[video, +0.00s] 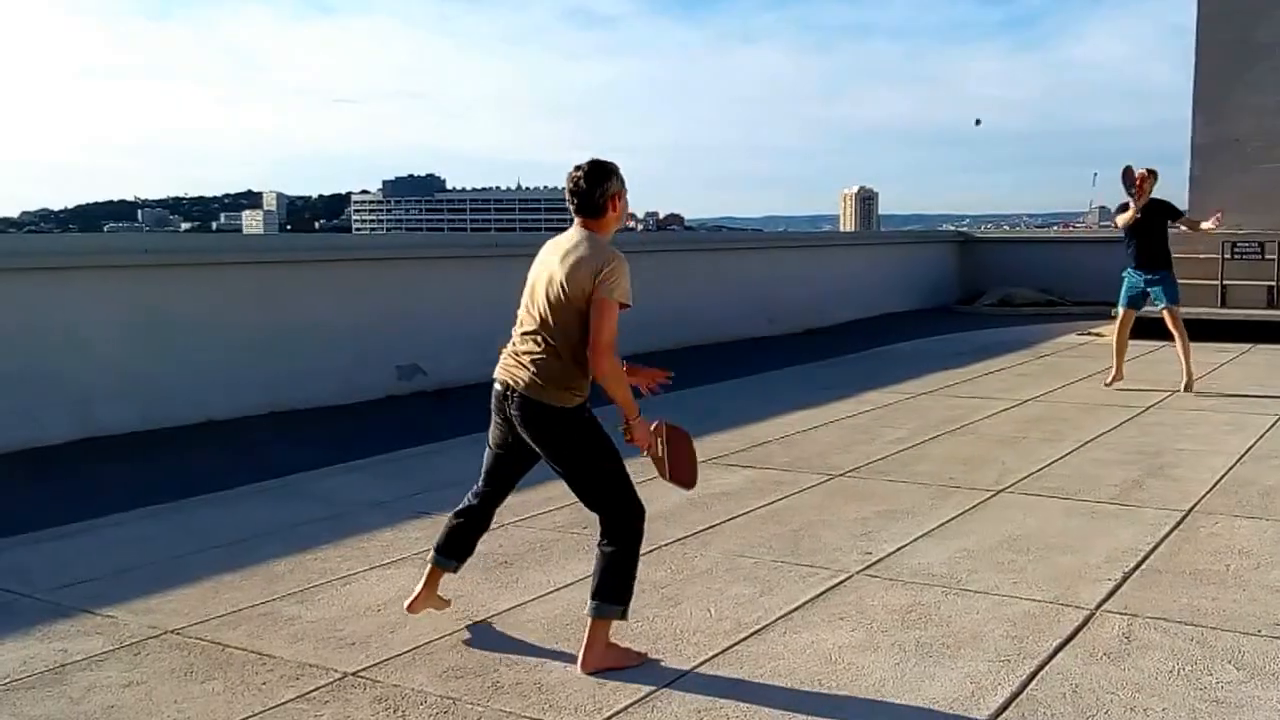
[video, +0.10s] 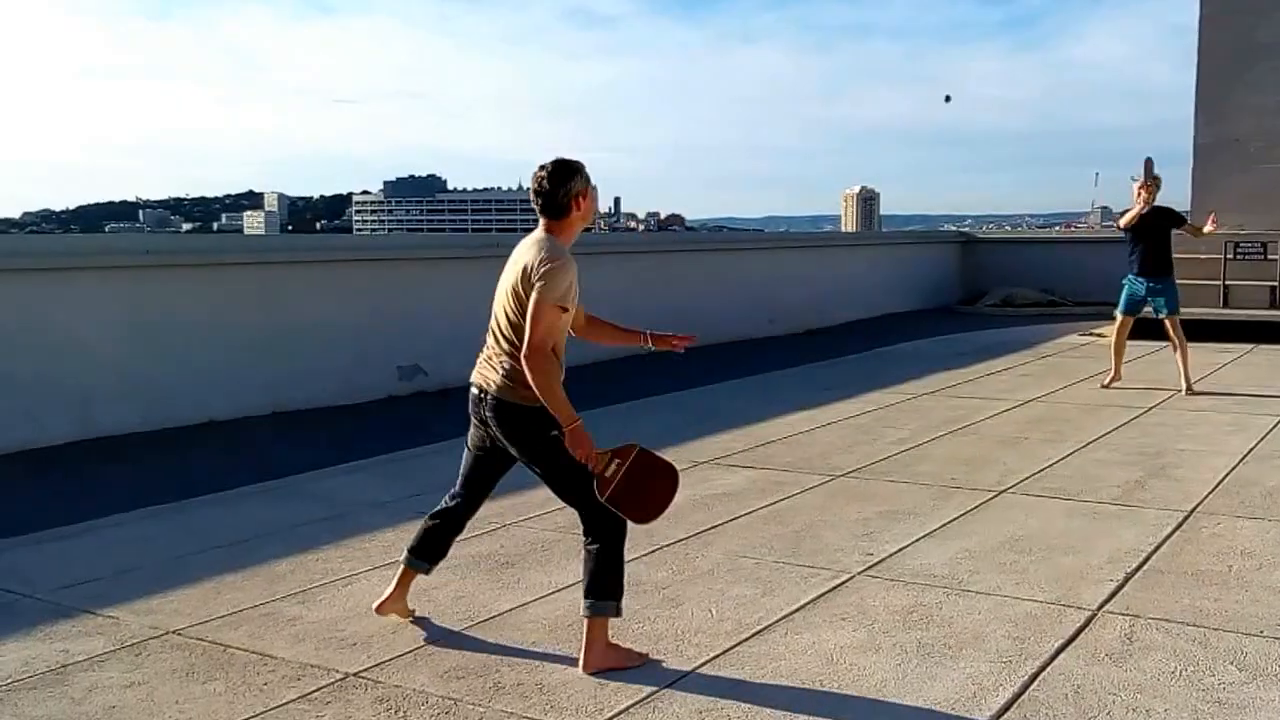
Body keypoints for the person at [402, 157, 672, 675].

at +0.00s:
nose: (626, 203)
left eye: (624, 195)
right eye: (624, 196)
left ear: (576, 205)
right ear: (614, 203)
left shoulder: (556, 247)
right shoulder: (608, 261)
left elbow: (561, 337)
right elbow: (602, 359)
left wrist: (625, 370)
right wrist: (632, 416)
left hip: (509, 391)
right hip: (552, 406)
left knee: (484, 496)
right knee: (624, 512)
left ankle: (426, 590)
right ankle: (598, 646)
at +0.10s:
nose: (595, 199)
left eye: (591, 191)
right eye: (591, 192)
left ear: (546, 204)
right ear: (579, 202)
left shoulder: (532, 248)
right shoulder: (556, 265)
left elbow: (581, 324)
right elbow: (536, 357)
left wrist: (648, 339)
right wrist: (573, 425)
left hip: (487, 396)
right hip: (521, 408)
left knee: (462, 500)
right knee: (604, 512)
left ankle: (396, 595)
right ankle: (597, 646)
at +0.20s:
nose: (554, 202)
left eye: (551, 194)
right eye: (551, 195)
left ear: (511, 205)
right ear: (536, 205)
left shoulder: (530, 249)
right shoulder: (493, 266)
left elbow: (584, 285)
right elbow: (469, 359)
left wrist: (647, 297)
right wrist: (497, 418)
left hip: (470, 397)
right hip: (488, 400)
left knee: (438, 505)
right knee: (563, 506)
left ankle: (379, 607)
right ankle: (595, 638)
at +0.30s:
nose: (521, 207)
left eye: (519, 201)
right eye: (517, 200)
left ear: (493, 214)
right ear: (499, 214)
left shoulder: (507, 249)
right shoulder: (449, 273)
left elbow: (561, 264)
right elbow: (416, 360)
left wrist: (620, 270)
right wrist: (432, 406)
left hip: (462, 396)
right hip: (453, 402)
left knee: (441, 505)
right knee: (525, 500)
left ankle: (378, 609)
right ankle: (559, 628)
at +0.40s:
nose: (500, 218)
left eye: (499, 210)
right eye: (496, 211)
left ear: (472, 221)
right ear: (474, 222)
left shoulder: (482, 250)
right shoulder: (420, 279)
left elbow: (515, 258)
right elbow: (398, 367)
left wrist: (569, 263)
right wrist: (413, 406)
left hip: (439, 394)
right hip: (423, 400)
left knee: (435, 504)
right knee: (490, 501)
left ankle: (378, 608)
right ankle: (522, 628)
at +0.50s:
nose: (485, 221)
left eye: (483, 213)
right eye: (481, 214)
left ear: (451, 225)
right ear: (459, 225)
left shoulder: (442, 251)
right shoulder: (412, 279)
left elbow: (462, 254)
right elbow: (419, 364)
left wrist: (496, 266)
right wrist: (450, 403)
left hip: (416, 391)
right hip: (400, 397)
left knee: (424, 498)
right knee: (460, 497)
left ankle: (376, 607)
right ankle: (461, 630)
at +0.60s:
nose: (470, 216)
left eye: (469, 208)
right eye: (465, 209)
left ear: (432, 213)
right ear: (439, 216)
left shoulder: (400, 240)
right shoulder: (415, 265)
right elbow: (467, 343)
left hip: (381, 387)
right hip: (390, 391)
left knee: (409, 497)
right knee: (422, 500)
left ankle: (376, 611)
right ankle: (393, 630)